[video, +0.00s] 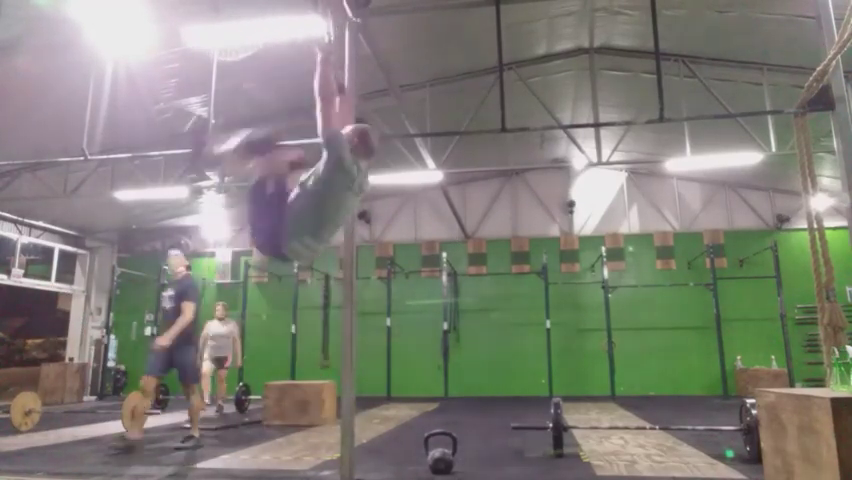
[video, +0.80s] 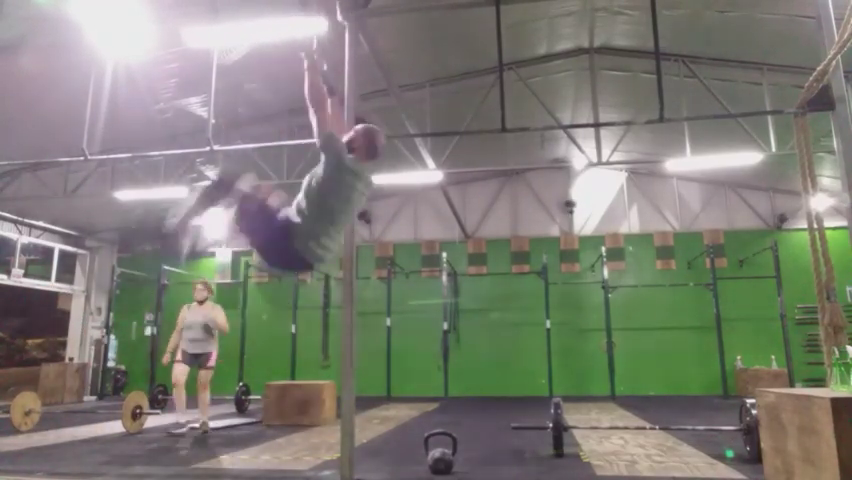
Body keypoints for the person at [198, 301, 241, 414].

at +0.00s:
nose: (219, 312)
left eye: (221, 310)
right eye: (217, 310)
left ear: (225, 312)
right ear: (215, 311)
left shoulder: (232, 325)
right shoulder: (209, 324)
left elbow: (236, 342)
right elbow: (202, 340)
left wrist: (238, 358)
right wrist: (199, 355)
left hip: (225, 355)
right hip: (210, 354)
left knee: (221, 378)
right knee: (205, 372)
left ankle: (220, 401)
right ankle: (206, 398)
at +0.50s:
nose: (207, 305)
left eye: (210, 303)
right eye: (205, 303)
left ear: (215, 305)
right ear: (202, 305)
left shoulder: (221, 319)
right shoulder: (197, 319)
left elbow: (232, 337)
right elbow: (186, 335)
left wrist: (229, 351)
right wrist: (185, 355)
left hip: (215, 355)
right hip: (198, 355)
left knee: (211, 384)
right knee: (196, 383)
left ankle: (209, 411)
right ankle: (192, 412)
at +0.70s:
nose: (205, 296)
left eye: (208, 294)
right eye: (203, 293)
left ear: (213, 297)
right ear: (198, 296)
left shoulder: (218, 314)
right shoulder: (189, 313)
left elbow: (224, 336)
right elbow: (180, 335)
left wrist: (227, 354)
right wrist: (179, 356)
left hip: (210, 353)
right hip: (188, 354)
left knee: (205, 383)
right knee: (181, 387)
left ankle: (204, 419)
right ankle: (188, 405)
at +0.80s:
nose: (198, 293)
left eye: (202, 290)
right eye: (196, 290)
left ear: (209, 293)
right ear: (193, 292)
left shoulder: (215, 309)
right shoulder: (186, 309)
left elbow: (225, 329)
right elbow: (177, 331)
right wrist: (168, 352)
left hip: (207, 350)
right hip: (185, 350)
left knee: (203, 384)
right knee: (177, 381)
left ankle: (204, 420)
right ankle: (181, 419)